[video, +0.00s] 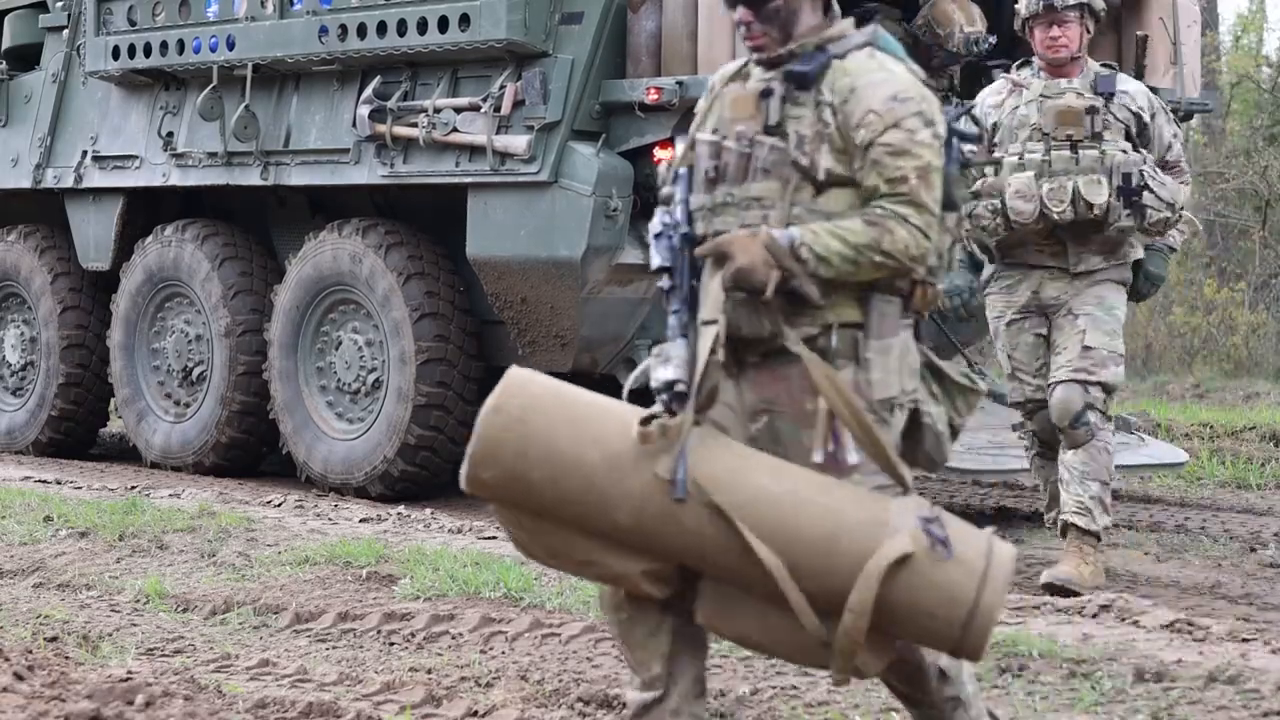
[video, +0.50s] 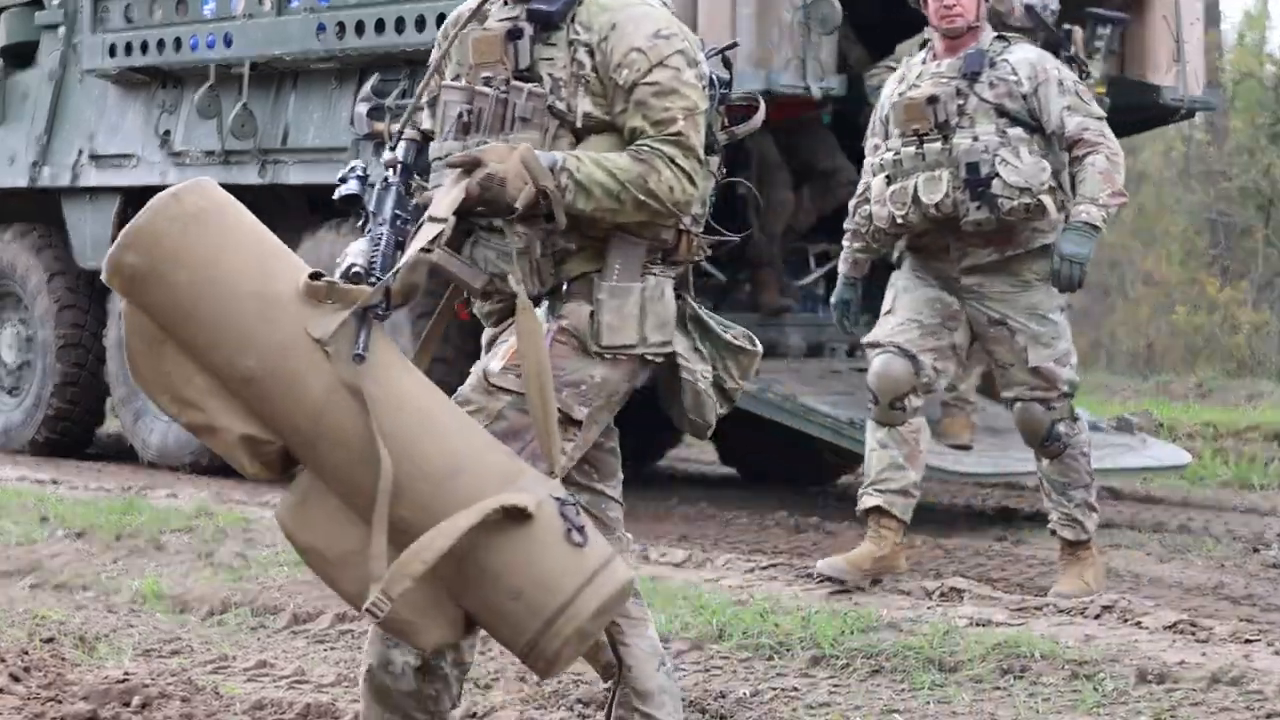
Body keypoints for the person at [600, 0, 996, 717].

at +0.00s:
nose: (749, 16)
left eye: (766, 4)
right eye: (739, 6)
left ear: (817, 1)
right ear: (729, 12)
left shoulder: (882, 87)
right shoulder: (722, 88)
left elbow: (910, 231)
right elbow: (685, 214)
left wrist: (780, 249)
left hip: (838, 378)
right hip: (726, 371)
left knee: (860, 573)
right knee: (651, 554)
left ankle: (954, 708)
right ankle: (669, 708)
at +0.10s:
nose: (677, 5)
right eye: (672, 0)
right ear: (669, 8)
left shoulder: (817, 69)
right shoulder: (663, 79)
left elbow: (855, 214)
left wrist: (721, 234)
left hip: (775, 367)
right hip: (666, 360)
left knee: (766, 577)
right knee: (618, 577)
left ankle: (896, 708)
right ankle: (655, 707)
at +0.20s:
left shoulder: (773, 48)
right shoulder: (611, 55)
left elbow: (813, 193)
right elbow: (592, 192)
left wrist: (683, 213)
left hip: (738, 327)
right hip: (631, 323)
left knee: (677, 501)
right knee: (594, 493)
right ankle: (644, 688)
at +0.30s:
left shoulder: (732, 37)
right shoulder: (563, 43)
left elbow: (772, 176)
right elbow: (557, 191)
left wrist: (645, 195)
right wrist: (530, 287)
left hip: (701, 306)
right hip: (601, 308)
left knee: (584, 469)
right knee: (559, 478)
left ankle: (638, 692)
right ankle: (629, 690)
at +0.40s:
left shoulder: (690, 33)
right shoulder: (515, 38)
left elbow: (725, 176)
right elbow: (491, 168)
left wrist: (593, 182)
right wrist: (478, 255)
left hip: (657, 305)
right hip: (563, 306)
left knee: (491, 457)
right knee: (605, 518)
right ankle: (656, 700)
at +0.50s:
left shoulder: (646, 36)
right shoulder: (470, 27)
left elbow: (673, 180)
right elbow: (428, 151)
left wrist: (543, 176)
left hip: (607, 305)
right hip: (515, 305)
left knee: (459, 482)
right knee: (585, 523)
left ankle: (409, 697)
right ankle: (648, 697)